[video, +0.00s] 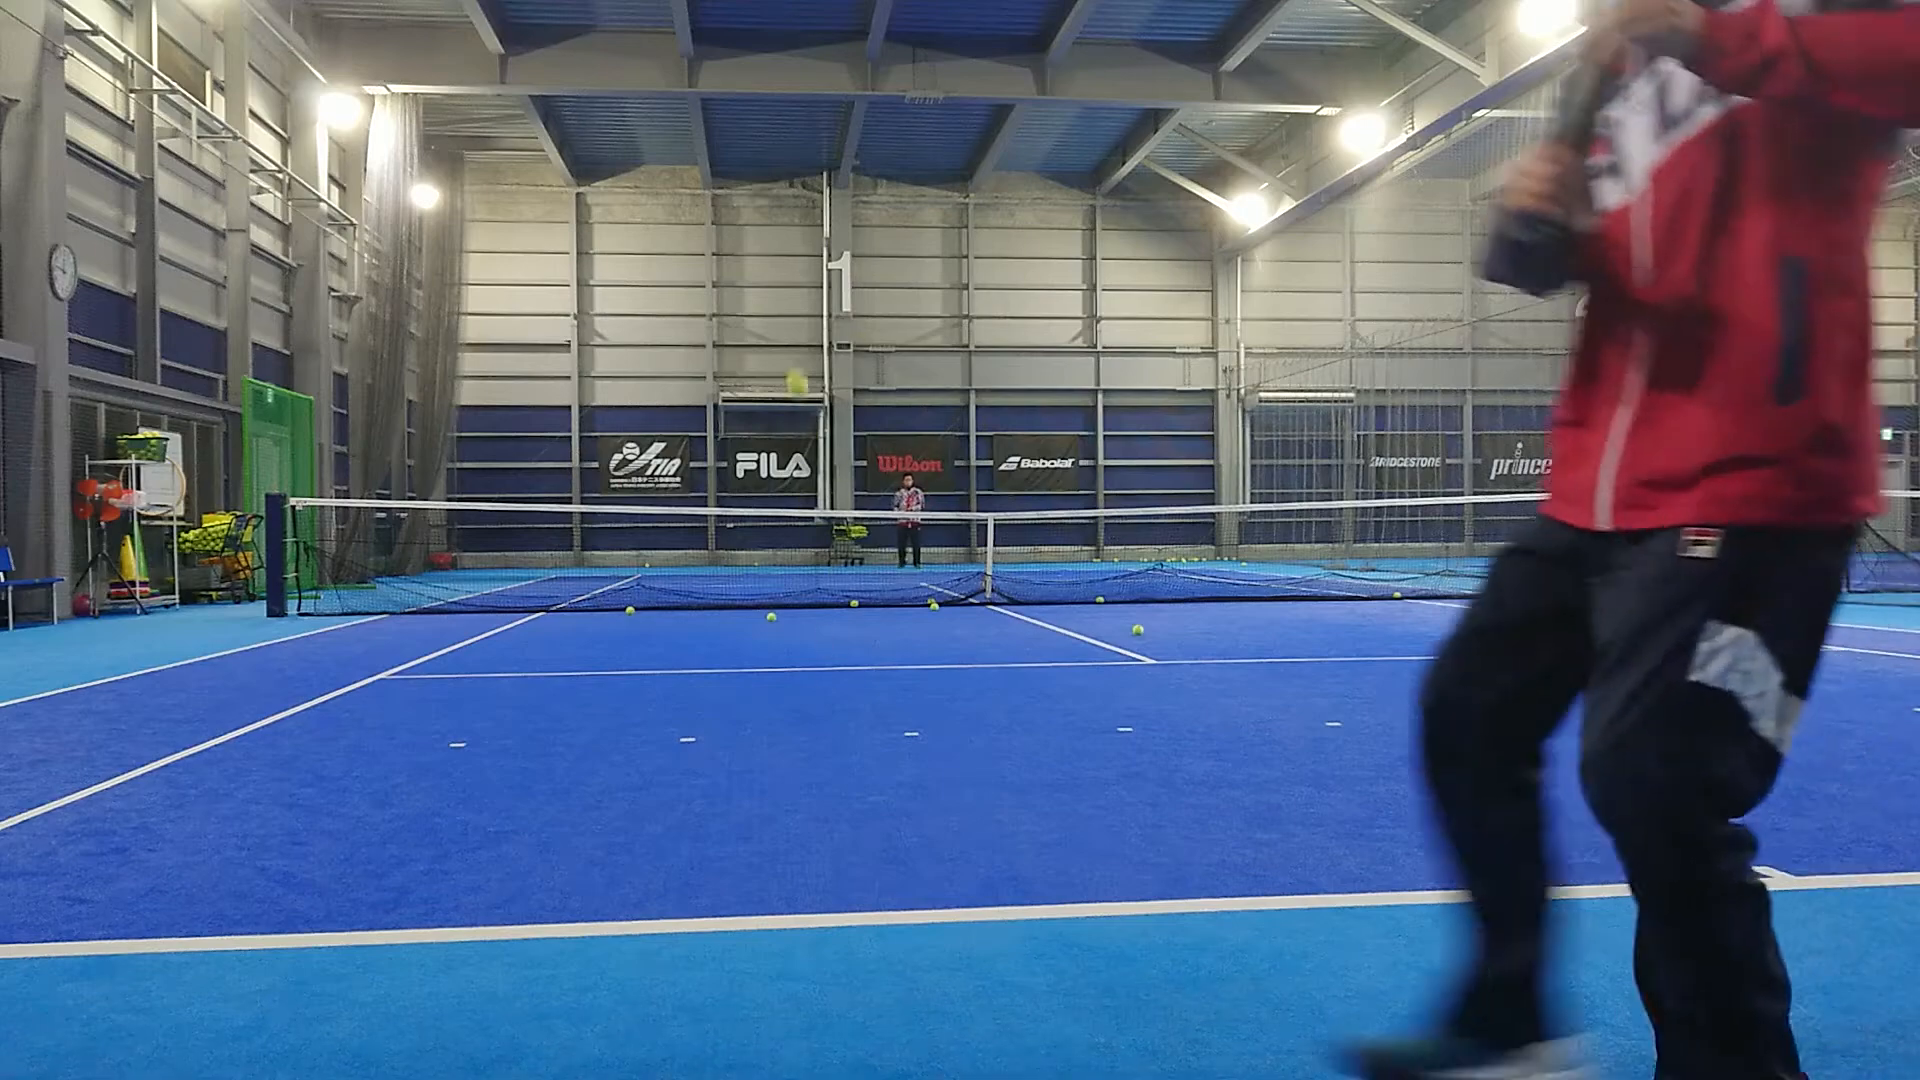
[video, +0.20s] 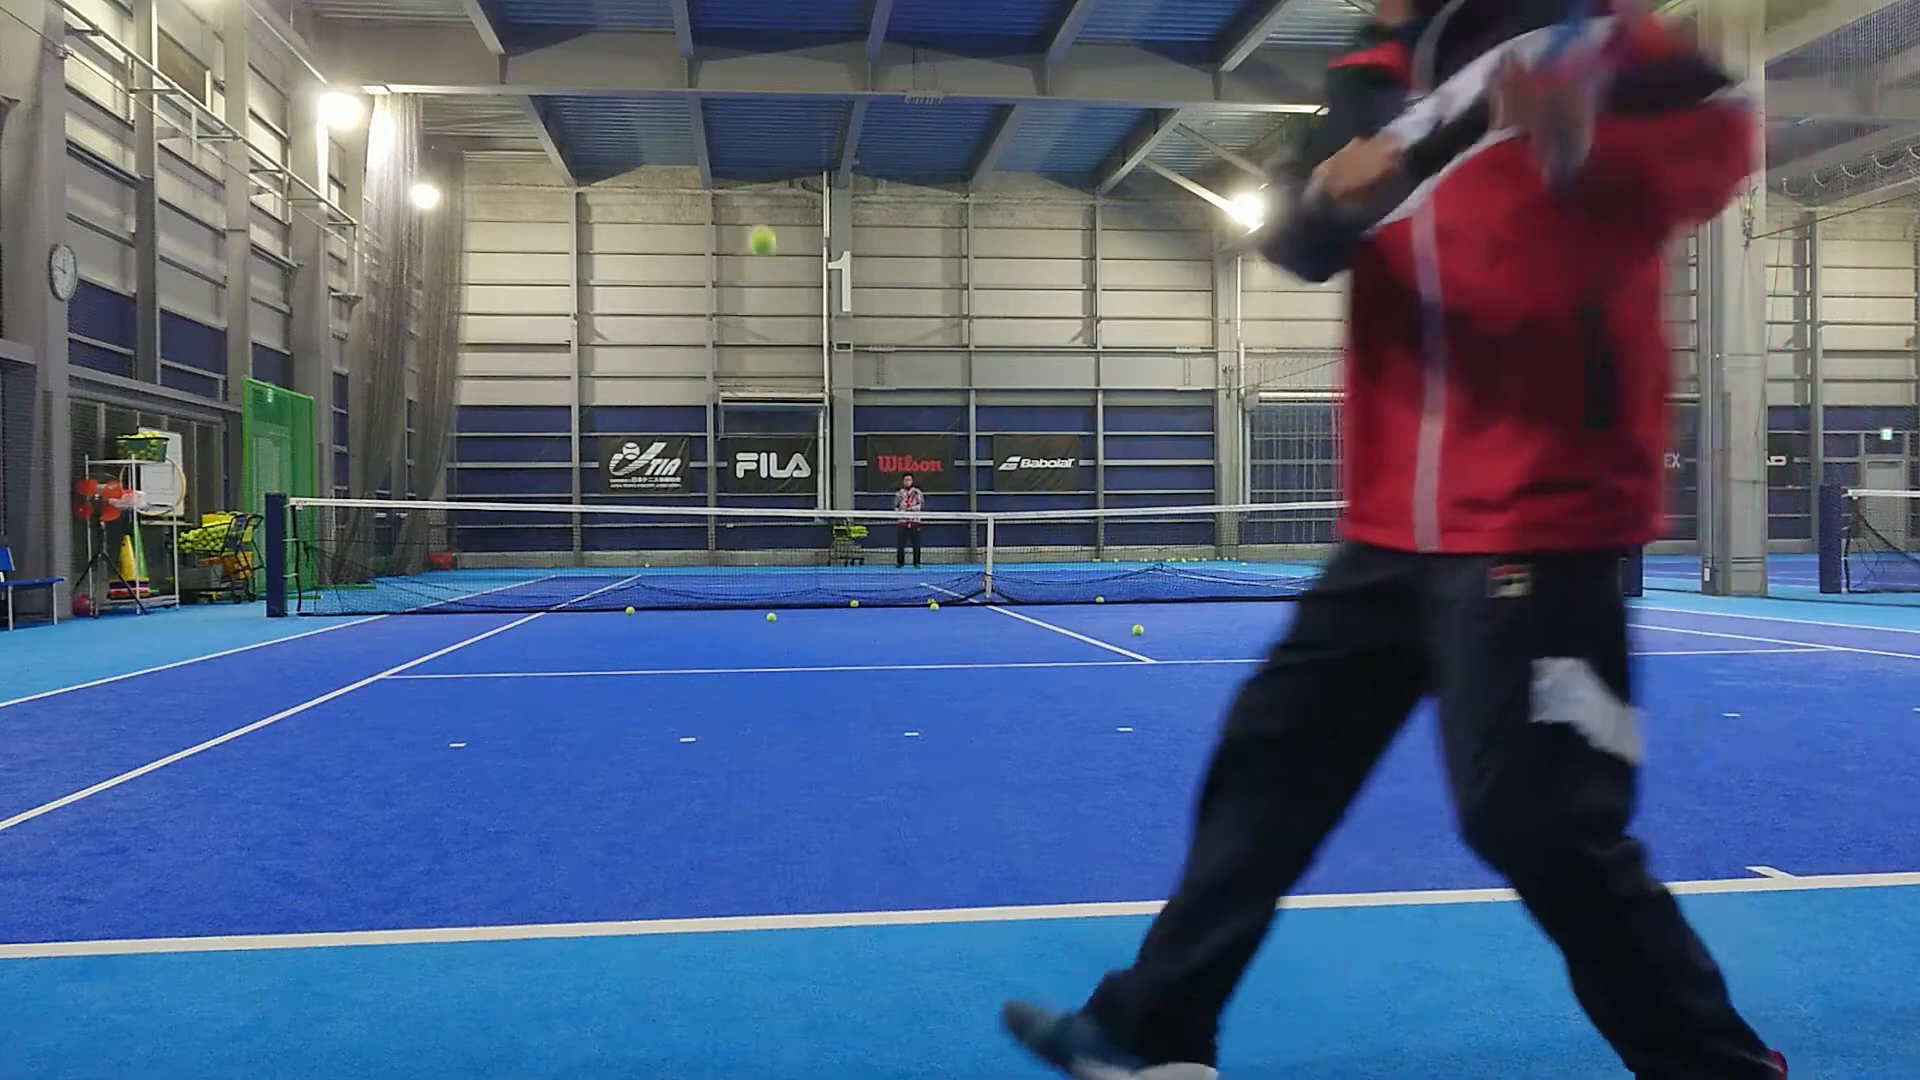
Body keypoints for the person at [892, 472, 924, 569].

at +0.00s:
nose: (908, 482)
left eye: (910, 480)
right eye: (906, 480)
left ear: (913, 481)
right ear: (903, 482)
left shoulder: (918, 493)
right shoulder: (899, 494)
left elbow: (921, 505)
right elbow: (895, 506)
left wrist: (912, 509)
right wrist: (900, 514)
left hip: (915, 521)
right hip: (902, 522)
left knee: (916, 544)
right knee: (901, 544)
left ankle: (916, 562)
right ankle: (902, 562)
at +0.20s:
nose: (908, 482)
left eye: (909, 480)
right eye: (906, 480)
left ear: (912, 481)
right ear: (903, 481)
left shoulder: (917, 493)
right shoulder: (899, 493)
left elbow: (921, 505)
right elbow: (895, 506)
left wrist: (911, 508)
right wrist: (900, 514)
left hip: (914, 521)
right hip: (902, 521)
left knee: (916, 544)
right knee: (900, 544)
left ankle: (917, 562)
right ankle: (900, 562)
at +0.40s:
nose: (904, 482)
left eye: (905, 480)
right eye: (902, 480)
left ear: (908, 481)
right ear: (898, 482)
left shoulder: (914, 492)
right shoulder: (896, 494)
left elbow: (918, 505)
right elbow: (892, 505)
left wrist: (910, 511)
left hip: (913, 522)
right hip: (901, 522)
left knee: (916, 545)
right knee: (899, 545)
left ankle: (916, 562)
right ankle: (899, 563)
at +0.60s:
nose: (901, 482)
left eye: (903, 480)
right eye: (899, 480)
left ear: (906, 481)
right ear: (896, 481)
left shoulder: (912, 492)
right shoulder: (894, 494)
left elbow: (916, 505)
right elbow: (890, 507)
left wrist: (908, 509)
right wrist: (897, 514)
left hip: (912, 522)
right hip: (900, 522)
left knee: (915, 544)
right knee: (899, 545)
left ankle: (917, 562)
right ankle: (899, 563)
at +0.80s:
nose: (903, 483)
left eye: (905, 480)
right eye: (901, 481)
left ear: (908, 482)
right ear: (898, 482)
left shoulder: (914, 494)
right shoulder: (895, 495)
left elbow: (918, 506)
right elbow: (891, 507)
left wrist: (910, 513)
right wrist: (899, 514)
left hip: (913, 522)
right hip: (901, 523)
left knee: (918, 544)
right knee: (899, 545)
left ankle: (923, 561)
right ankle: (899, 563)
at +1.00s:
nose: (911, 485)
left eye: (913, 483)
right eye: (909, 483)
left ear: (916, 484)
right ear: (906, 485)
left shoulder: (920, 496)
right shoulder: (903, 496)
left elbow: (922, 510)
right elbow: (900, 508)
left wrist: (922, 522)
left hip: (918, 523)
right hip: (906, 524)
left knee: (922, 544)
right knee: (903, 545)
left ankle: (929, 561)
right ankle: (899, 562)